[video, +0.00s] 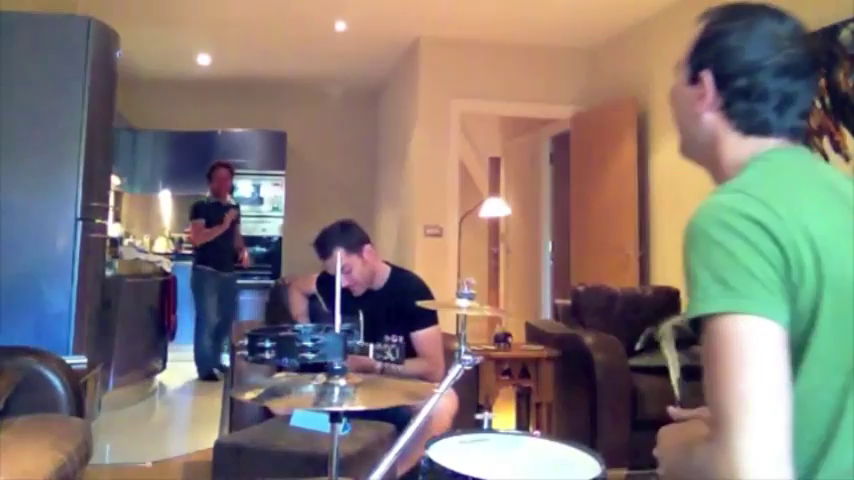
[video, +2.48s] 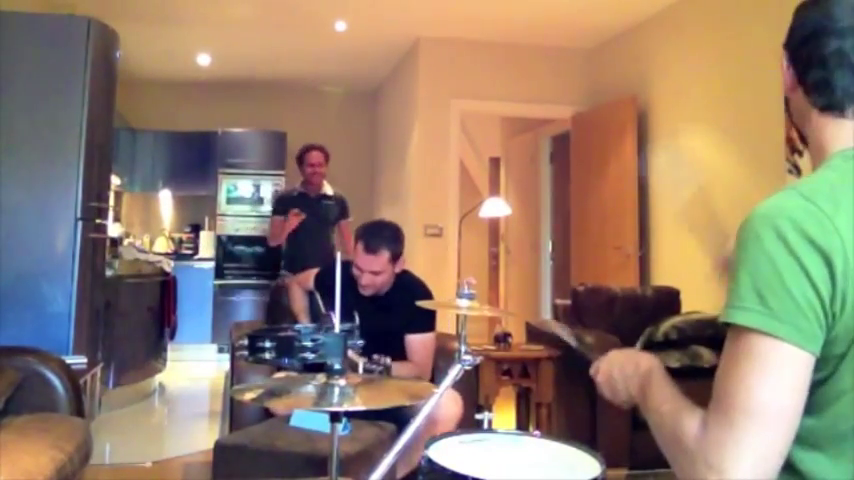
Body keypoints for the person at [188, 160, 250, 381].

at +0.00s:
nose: (222, 183)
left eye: (226, 178)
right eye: (218, 178)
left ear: (231, 182)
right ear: (210, 182)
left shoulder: (233, 209)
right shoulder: (201, 207)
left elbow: (236, 236)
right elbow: (197, 237)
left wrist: (242, 250)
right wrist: (223, 226)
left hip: (228, 270)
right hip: (207, 268)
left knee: (226, 318)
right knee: (209, 318)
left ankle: (216, 359)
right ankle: (204, 366)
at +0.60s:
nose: (234, 181)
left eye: (237, 177)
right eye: (229, 177)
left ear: (243, 179)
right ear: (221, 181)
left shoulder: (252, 208)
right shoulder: (211, 208)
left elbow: (259, 233)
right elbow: (199, 240)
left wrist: (264, 249)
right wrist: (217, 237)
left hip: (245, 276)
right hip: (217, 276)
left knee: (247, 323)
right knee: (213, 324)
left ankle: (244, 367)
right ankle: (207, 367)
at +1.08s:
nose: (258, 178)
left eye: (261, 173)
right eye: (253, 173)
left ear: (267, 175)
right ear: (245, 176)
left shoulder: (277, 204)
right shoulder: (233, 203)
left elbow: (285, 231)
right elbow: (221, 239)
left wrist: (284, 245)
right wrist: (235, 234)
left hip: (270, 271)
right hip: (242, 270)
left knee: (269, 322)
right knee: (247, 321)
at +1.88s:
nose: (282, 173)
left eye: (285, 168)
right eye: (276, 168)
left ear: (292, 170)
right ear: (266, 171)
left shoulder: (298, 200)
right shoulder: (253, 200)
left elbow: (306, 233)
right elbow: (240, 238)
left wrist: (313, 265)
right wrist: (267, 234)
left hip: (287, 274)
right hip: (260, 273)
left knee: (288, 324)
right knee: (262, 324)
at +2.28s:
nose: (304, 173)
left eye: (308, 168)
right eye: (299, 168)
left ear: (314, 171)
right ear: (288, 171)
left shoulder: (322, 203)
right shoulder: (273, 201)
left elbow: (328, 240)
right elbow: (259, 241)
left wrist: (332, 270)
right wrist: (284, 238)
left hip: (312, 279)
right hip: (277, 278)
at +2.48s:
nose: (316, 170)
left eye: (320, 165)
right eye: (310, 165)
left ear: (326, 168)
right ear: (301, 168)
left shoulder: (337, 201)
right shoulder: (286, 200)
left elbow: (346, 240)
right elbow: (273, 240)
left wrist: (350, 267)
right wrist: (288, 226)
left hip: (325, 276)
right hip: (293, 277)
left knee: (328, 327)